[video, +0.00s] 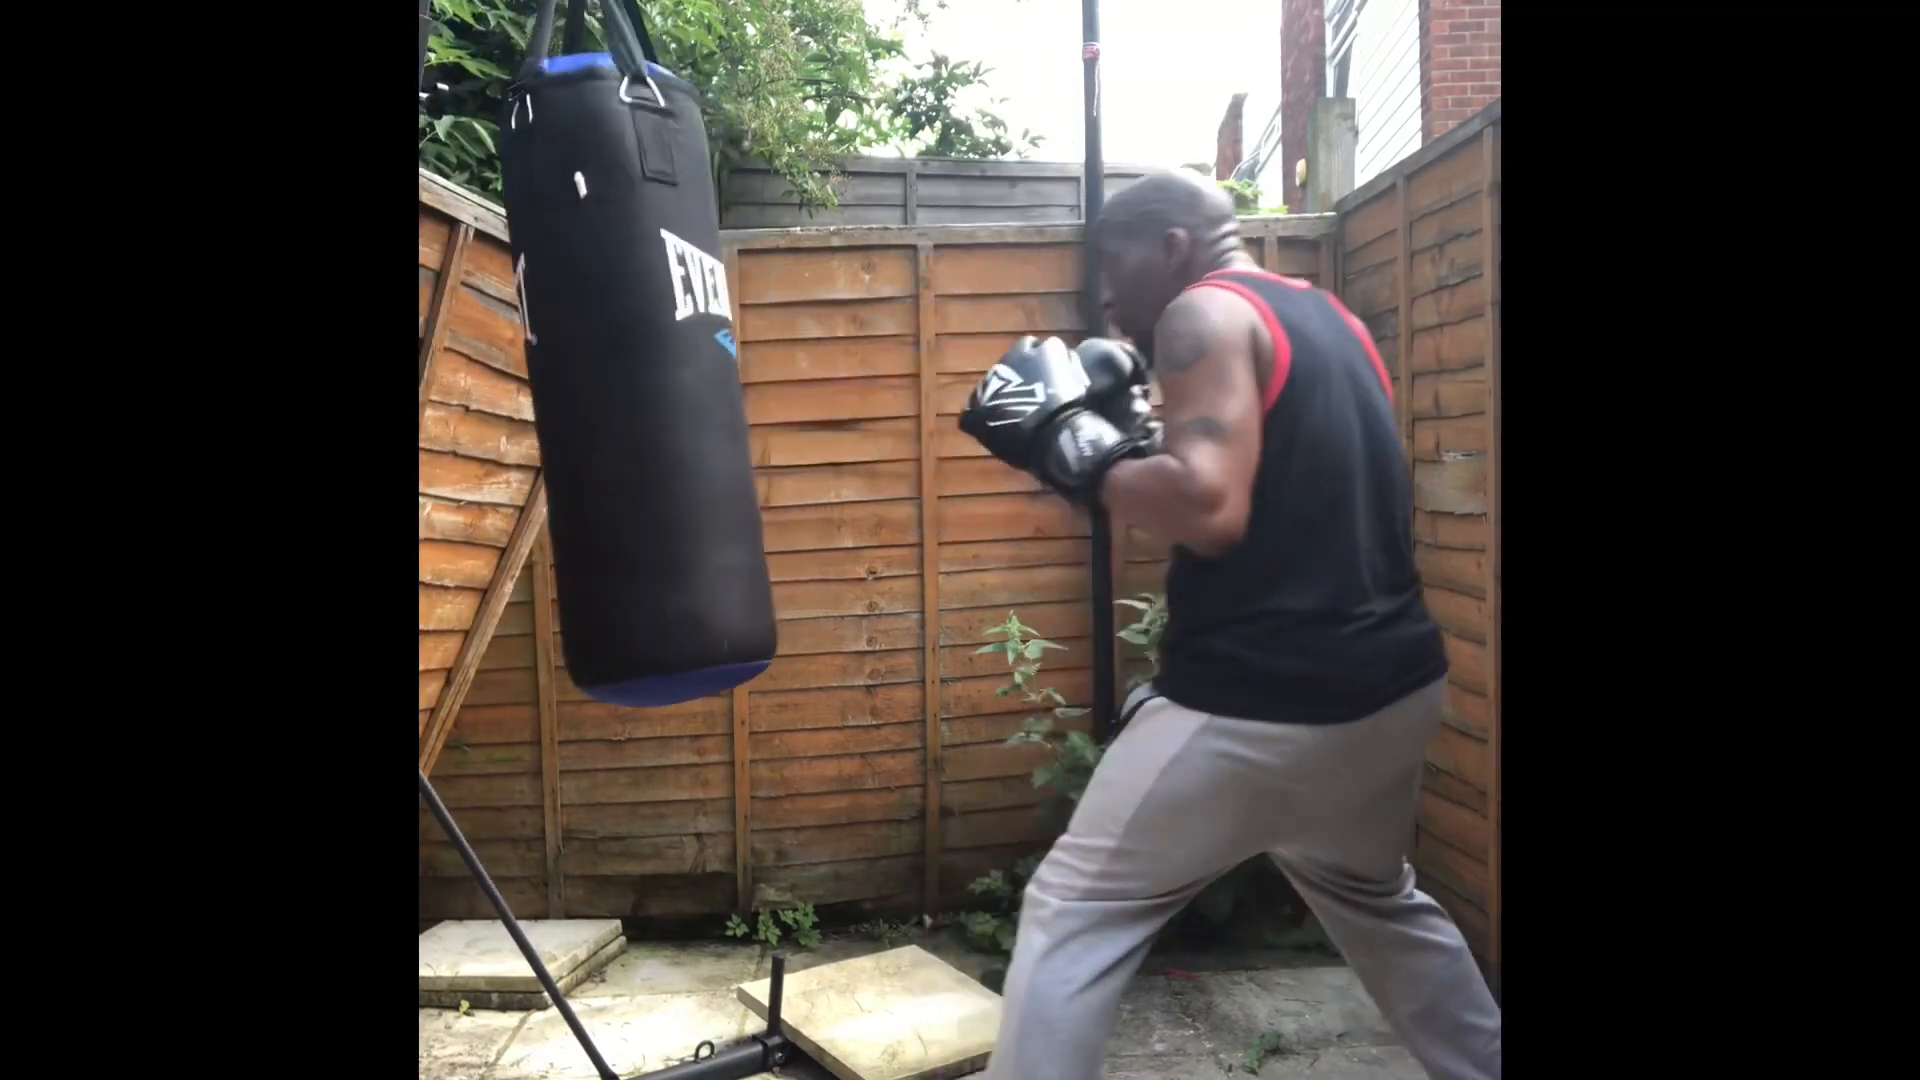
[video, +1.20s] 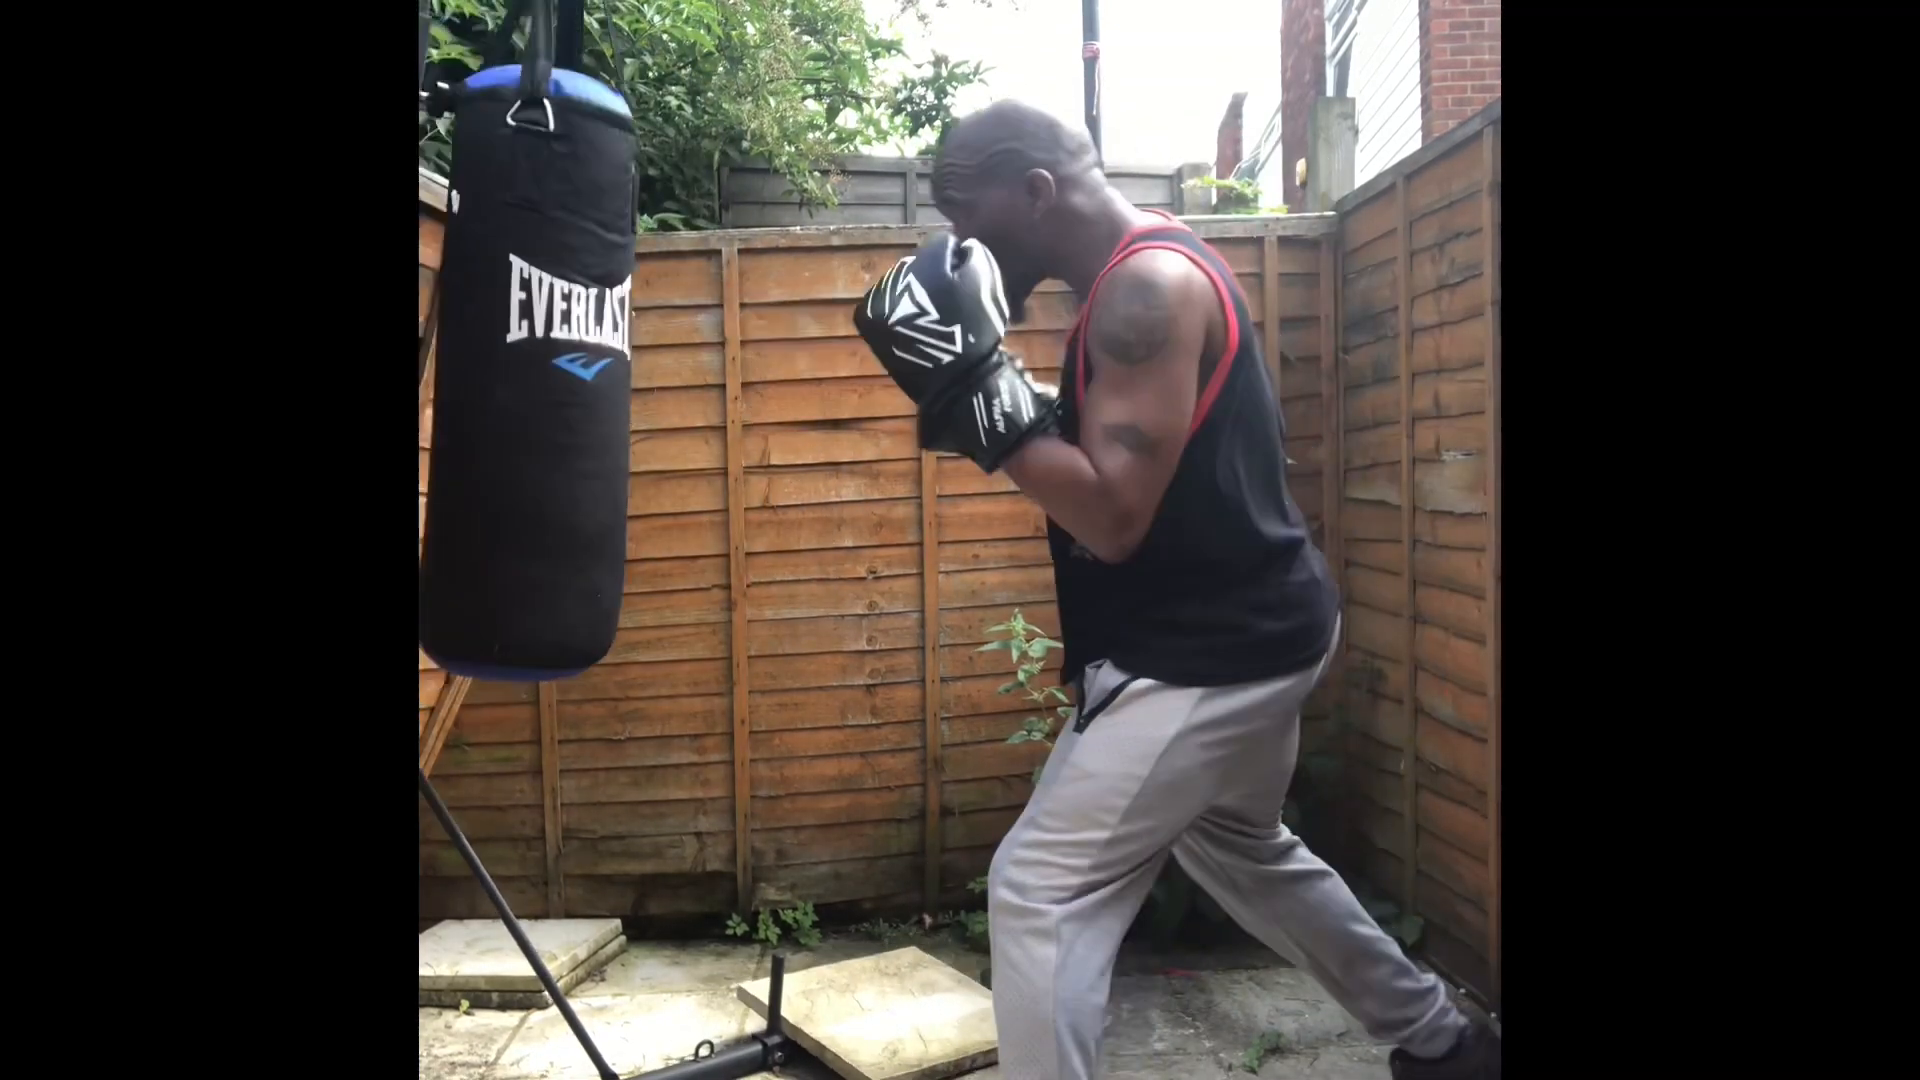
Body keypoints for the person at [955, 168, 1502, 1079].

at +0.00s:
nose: (1102, 295)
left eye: (1109, 265)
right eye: (1098, 270)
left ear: (1172, 247)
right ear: (1211, 245)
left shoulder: (1206, 313)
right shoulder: (1330, 315)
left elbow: (1208, 508)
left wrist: (1078, 453)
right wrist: (1142, 425)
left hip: (1252, 699)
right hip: (1393, 683)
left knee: (1071, 916)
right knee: (1371, 892)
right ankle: (1485, 1062)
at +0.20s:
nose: (1194, 250)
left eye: (1202, 219)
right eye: (1188, 225)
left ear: (1274, 200)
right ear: (1303, 202)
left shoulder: (1302, 267)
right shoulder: (1413, 272)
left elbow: (1242, 457)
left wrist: (1132, 342)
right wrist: (1205, 346)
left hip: (1342, 635)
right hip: (1454, 629)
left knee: (1165, 867)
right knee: (1399, 870)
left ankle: (1134, 1067)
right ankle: (1489, 1061)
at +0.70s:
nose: (1117, 269)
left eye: (1122, 238)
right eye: (1110, 244)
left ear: (1196, 215)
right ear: (1211, 216)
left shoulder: (1229, 299)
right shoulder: (1350, 280)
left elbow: (1177, 511)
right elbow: (1308, 467)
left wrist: (1067, 403)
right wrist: (1163, 387)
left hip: (1291, 660)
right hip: (1416, 645)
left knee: (1096, 887)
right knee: (1371, 880)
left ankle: (1073, 1068)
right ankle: (1483, 1060)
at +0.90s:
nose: (996, 292)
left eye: (1009, 268)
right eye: (988, 273)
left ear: (1080, 228)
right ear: (1001, 244)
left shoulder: (1227, 306)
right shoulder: (1049, 294)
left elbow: (1256, 533)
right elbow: (903, 317)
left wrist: (1140, 431)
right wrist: (730, 293)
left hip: (1272, 667)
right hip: (1249, 660)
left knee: (1095, 900)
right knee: (1329, 900)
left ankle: (1083, 1077)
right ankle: (1487, 1054)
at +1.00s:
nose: (936, 298)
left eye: (947, 270)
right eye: (929, 273)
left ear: (1040, 230)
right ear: (1026, 229)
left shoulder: (1213, 316)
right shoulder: (1026, 301)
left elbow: (1248, 539)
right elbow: (877, 338)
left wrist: (1112, 460)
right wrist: (722, 332)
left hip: (1252, 664)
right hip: (1157, 663)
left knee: (1074, 899)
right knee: (1295, 885)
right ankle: (1478, 1040)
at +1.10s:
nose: (933, 256)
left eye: (942, 222)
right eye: (923, 232)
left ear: (1035, 196)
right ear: (1033, 203)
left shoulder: (1182, 302)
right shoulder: (1062, 303)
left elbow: (1176, 536)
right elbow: (1068, 452)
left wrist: (1018, 433)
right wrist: (909, 401)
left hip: (1226, 651)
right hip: (1171, 642)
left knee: (1058, 895)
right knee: (1253, 872)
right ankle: (1453, 1029)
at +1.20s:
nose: (969, 246)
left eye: (967, 219)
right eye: (958, 225)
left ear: (1034, 186)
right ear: (1049, 186)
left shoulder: (1151, 285)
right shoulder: (1137, 272)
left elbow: (1112, 519)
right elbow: (1111, 466)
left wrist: (981, 403)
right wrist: (996, 400)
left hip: (1205, 654)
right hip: (1240, 637)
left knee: (1037, 891)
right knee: (1237, 848)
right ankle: (1439, 1036)